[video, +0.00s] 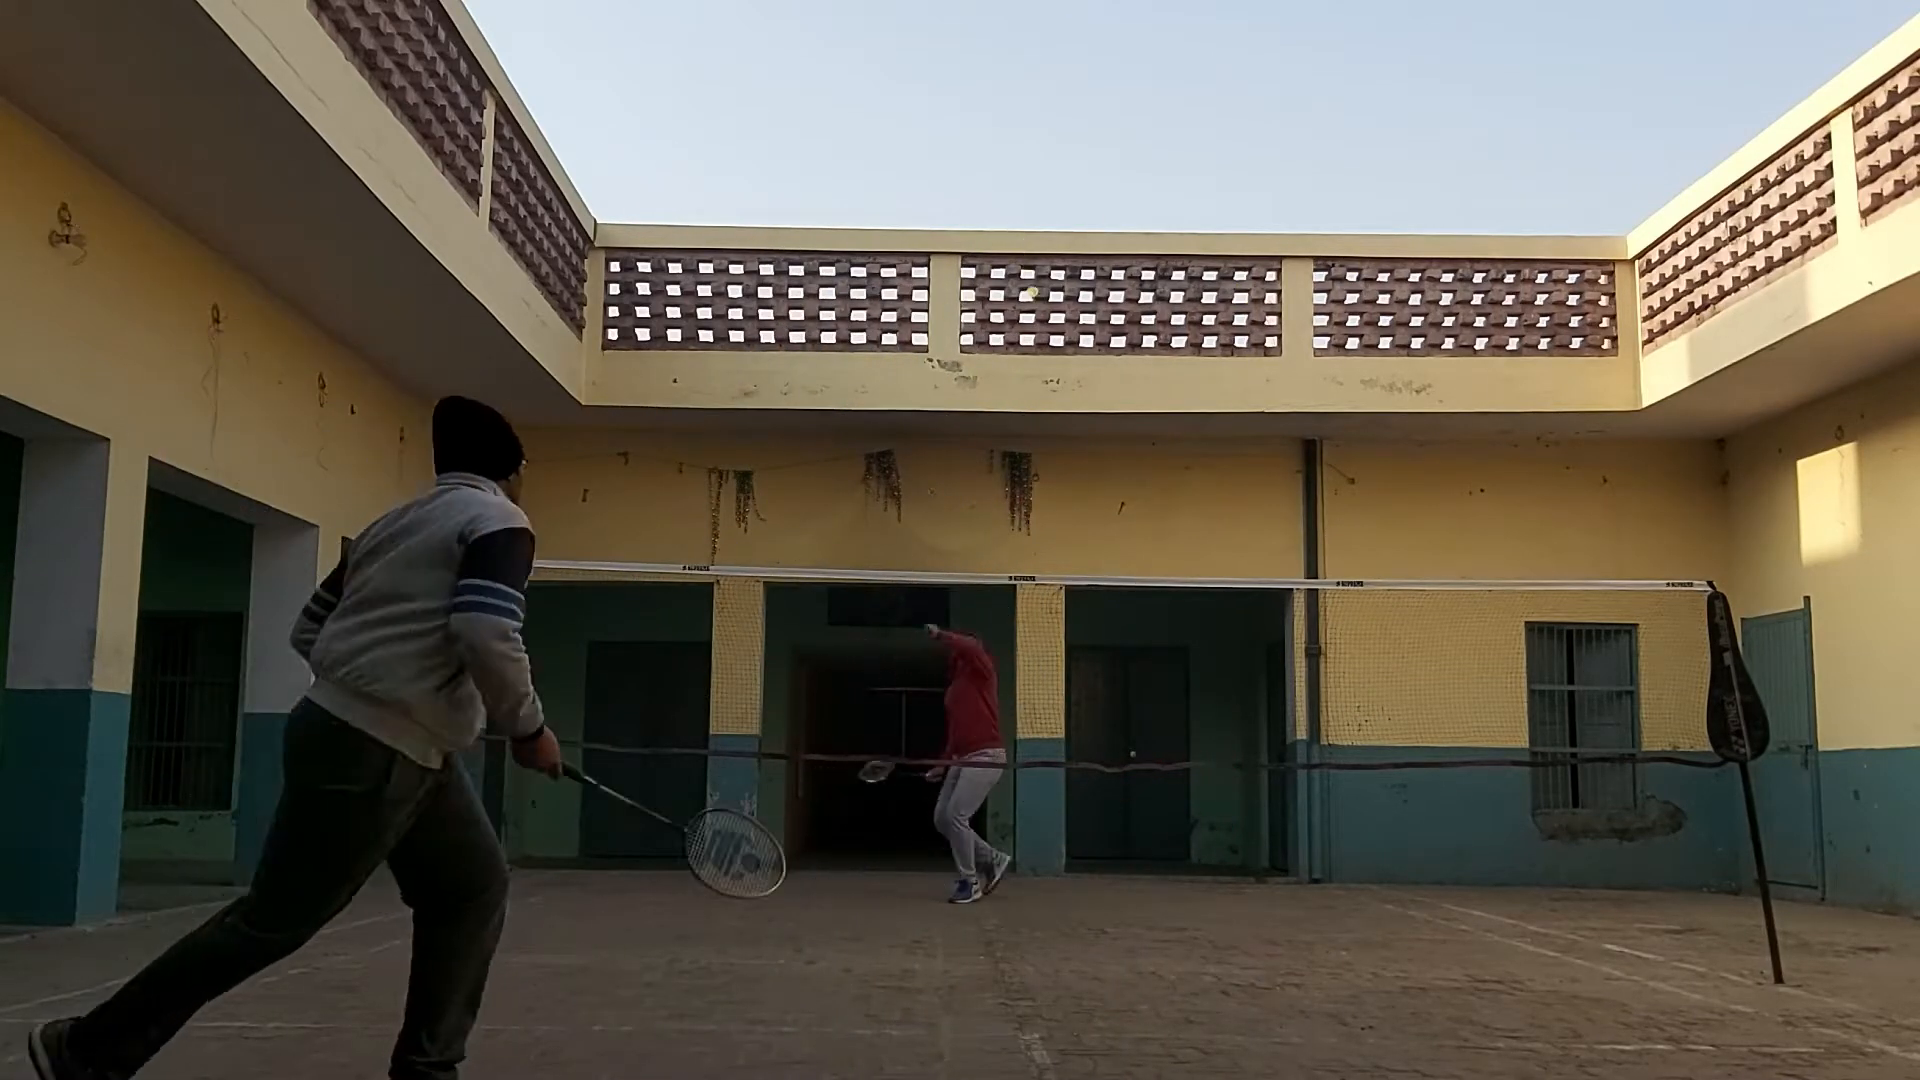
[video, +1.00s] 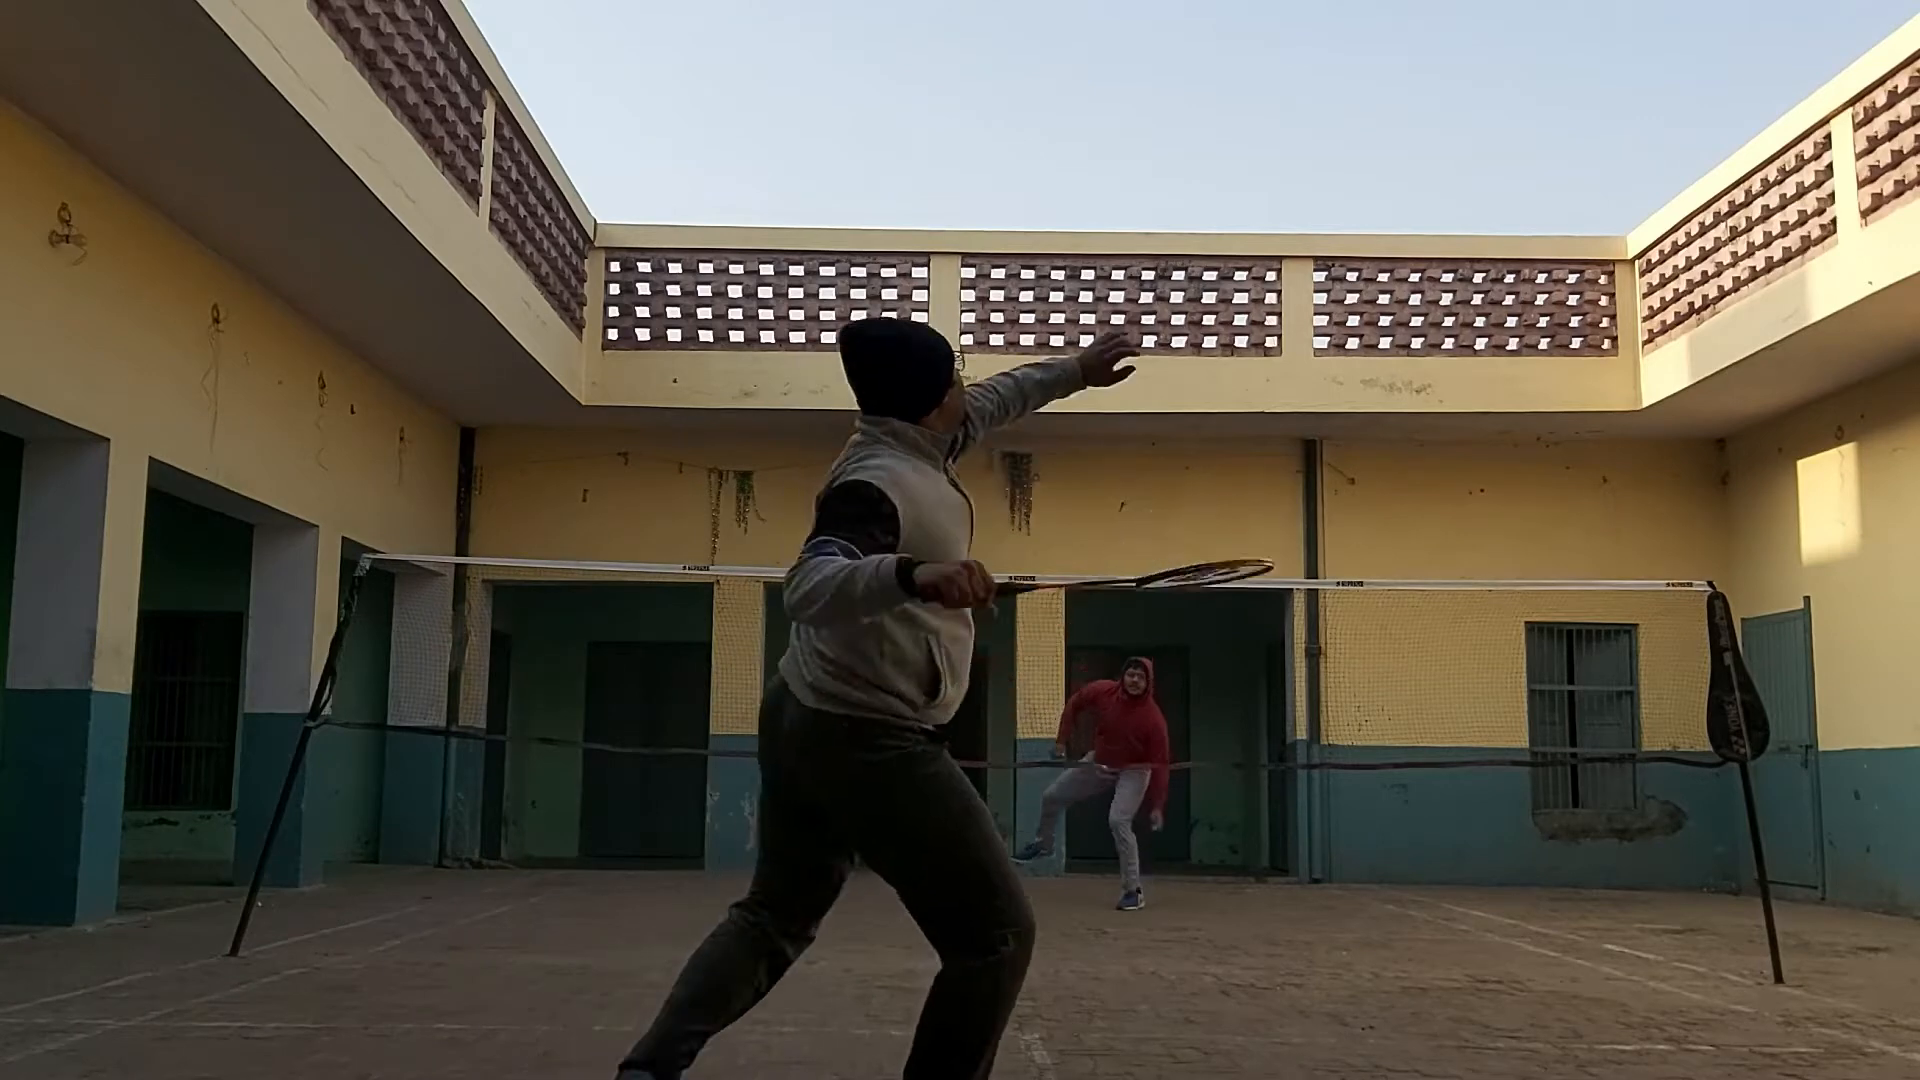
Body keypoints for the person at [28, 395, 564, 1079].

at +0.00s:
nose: (522, 487)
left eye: (518, 473)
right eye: (519, 473)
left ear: (447, 462)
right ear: (507, 468)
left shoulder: (395, 522)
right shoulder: (497, 521)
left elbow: (311, 629)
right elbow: (486, 633)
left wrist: (390, 690)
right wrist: (532, 731)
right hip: (369, 745)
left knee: (471, 890)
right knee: (270, 923)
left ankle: (428, 1063)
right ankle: (87, 1050)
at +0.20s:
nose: (610, 465)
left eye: (608, 458)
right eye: (608, 457)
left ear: (532, 452)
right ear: (599, 456)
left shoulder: (478, 512)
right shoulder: (598, 510)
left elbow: (422, 618)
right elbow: (608, 617)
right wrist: (675, 695)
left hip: (419, 710)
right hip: (493, 718)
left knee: (483, 900)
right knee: (560, 915)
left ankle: (434, 1065)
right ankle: (361, 1025)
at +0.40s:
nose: (714, 478)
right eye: (714, 467)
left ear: (635, 459)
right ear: (709, 465)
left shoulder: (572, 528)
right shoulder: (704, 519)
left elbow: (535, 632)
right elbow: (695, 618)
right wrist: (757, 711)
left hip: (536, 727)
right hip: (637, 723)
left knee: (536, 917)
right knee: (748, 901)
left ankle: (433, 1070)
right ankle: (844, 1067)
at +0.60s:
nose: (784, 497)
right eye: (782, 485)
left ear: (702, 488)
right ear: (777, 488)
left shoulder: (648, 576)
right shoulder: (780, 552)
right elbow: (807, 669)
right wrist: (900, 717)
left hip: (641, 797)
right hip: (744, 794)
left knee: (634, 944)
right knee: (908, 943)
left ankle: (508, 1075)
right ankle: (907, 1075)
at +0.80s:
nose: (852, 460)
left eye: (847, 447)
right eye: (847, 447)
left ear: (774, 466)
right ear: (835, 462)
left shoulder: (763, 534)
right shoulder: (806, 554)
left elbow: (837, 553)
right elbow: (820, 689)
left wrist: (906, 555)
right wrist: (961, 703)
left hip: (722, 783)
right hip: (783, 788)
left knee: (648, 954)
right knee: (966, 926)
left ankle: (516, 1076)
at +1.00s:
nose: (964, 393)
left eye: (958, 382)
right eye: (953, 383)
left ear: (890, 400)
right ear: (924, 401)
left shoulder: (916, 445)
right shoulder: (874, 479)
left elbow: (997, 399)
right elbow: (810, 585)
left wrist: (1079, 368)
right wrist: (912, 576)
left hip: (808, 722)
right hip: (872, 736)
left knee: (776, 913)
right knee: (996, 935)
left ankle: (651, 1063)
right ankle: (938, 1079)